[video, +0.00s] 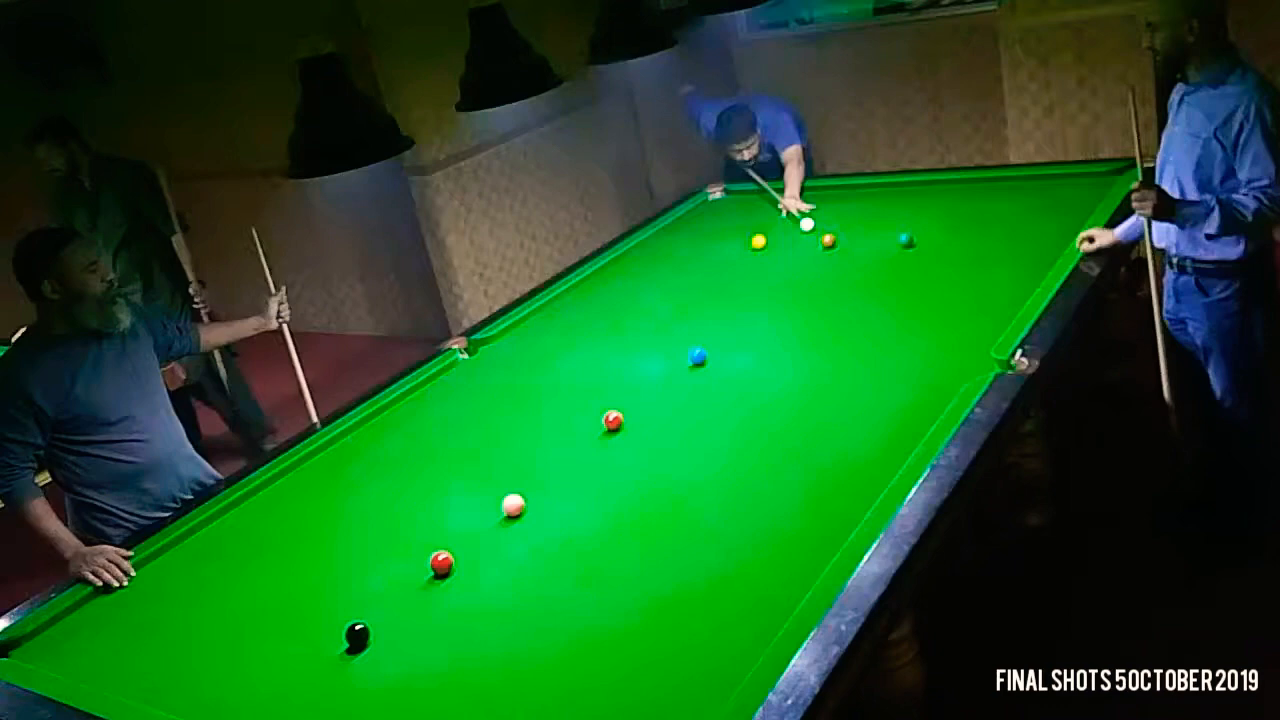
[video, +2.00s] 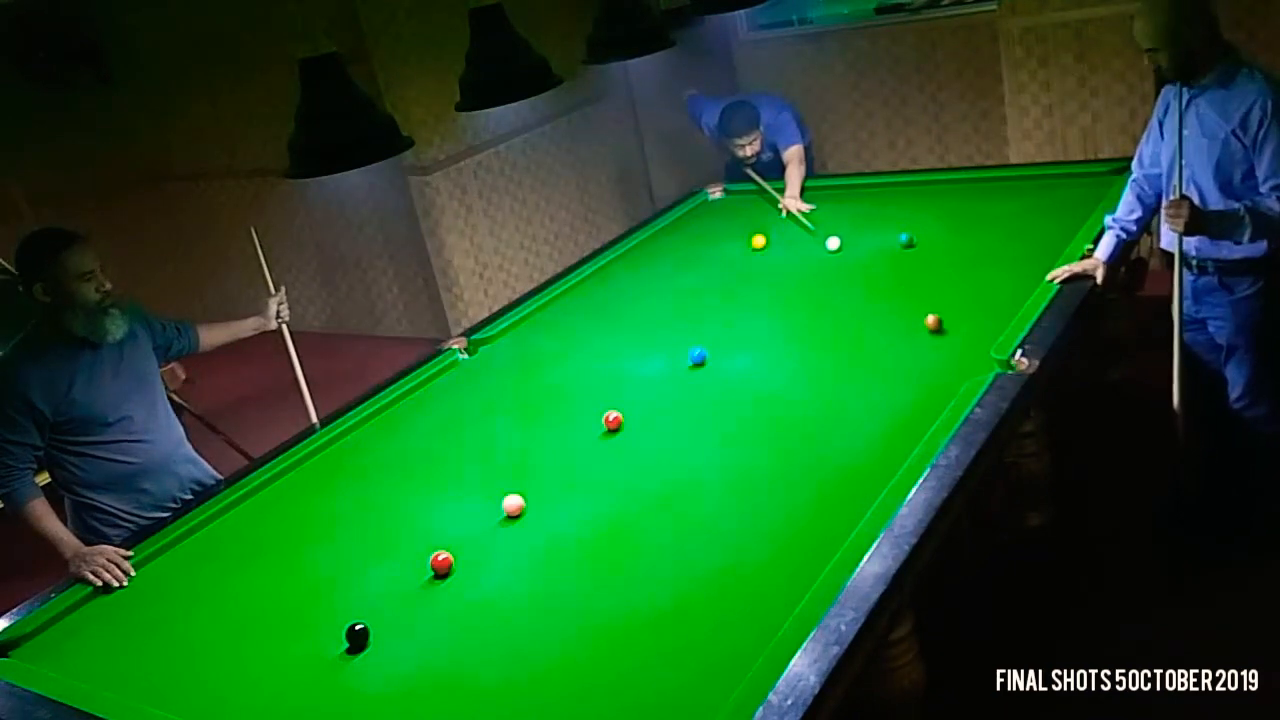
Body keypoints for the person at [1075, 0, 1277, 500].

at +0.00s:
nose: (1150, 41)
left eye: (1158, 28)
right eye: (1149, 30)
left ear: (1196, 28)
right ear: (1190, 31)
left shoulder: (1249, 100)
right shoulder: (1184, 95)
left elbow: (1264, 204)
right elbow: (1172, 189)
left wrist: (1178, 210)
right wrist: (1117, 234)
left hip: (1225, 282)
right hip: (1179, 276)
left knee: (1235, 415)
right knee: (1191, 409)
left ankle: (1243, 522)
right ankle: (1197, 510)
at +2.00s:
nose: (1151, 63)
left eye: (1157, 52)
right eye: (1146, 52)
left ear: (1193, 39)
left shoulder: (1258, 101)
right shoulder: (1173, 96)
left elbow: (1277, 213)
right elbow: (1145, 179)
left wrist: (1209, 221)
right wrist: (1104, 254)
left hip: (1245, 284)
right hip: (1187, 279)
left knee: (1248, 407)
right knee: (1199, 405)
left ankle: (1258, 520)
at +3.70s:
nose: (1153, 151)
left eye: (1162, 141)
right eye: (1145, 139)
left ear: (1194, 120)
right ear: (1139, 120)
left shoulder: (1252, 158)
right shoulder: (1136, 149)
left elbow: (1273, 258)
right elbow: (1112, 229)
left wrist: (1223, 309)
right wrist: (1102, 308)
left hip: (1238, 312)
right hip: (1176, 303)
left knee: (1224, 431)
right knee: (1166, 422)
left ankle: (1234, 544)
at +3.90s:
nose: (1151, 222)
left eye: (1157, 212)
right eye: (1140, 214)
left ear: (1185, 190)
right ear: (1128, 190)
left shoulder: (1257, 189)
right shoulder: (1126, 200)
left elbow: (1278, 282)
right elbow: (1101, 279)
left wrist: (1238, 332)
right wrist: (1089, 362)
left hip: (1255, 319)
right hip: (1192, 310)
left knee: (1231, 443)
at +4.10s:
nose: (1132, 270)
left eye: (1142, 259)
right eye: (1125, 257)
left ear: (1172, 241)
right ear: (1117, 234)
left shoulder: (1247, 221)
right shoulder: (1127, 229)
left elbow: (1279, 303)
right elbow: (1095, 309)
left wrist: (1256, 344)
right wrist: (1068, 377)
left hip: (1263, 336)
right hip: (1203, 320)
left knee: (1238, 456)